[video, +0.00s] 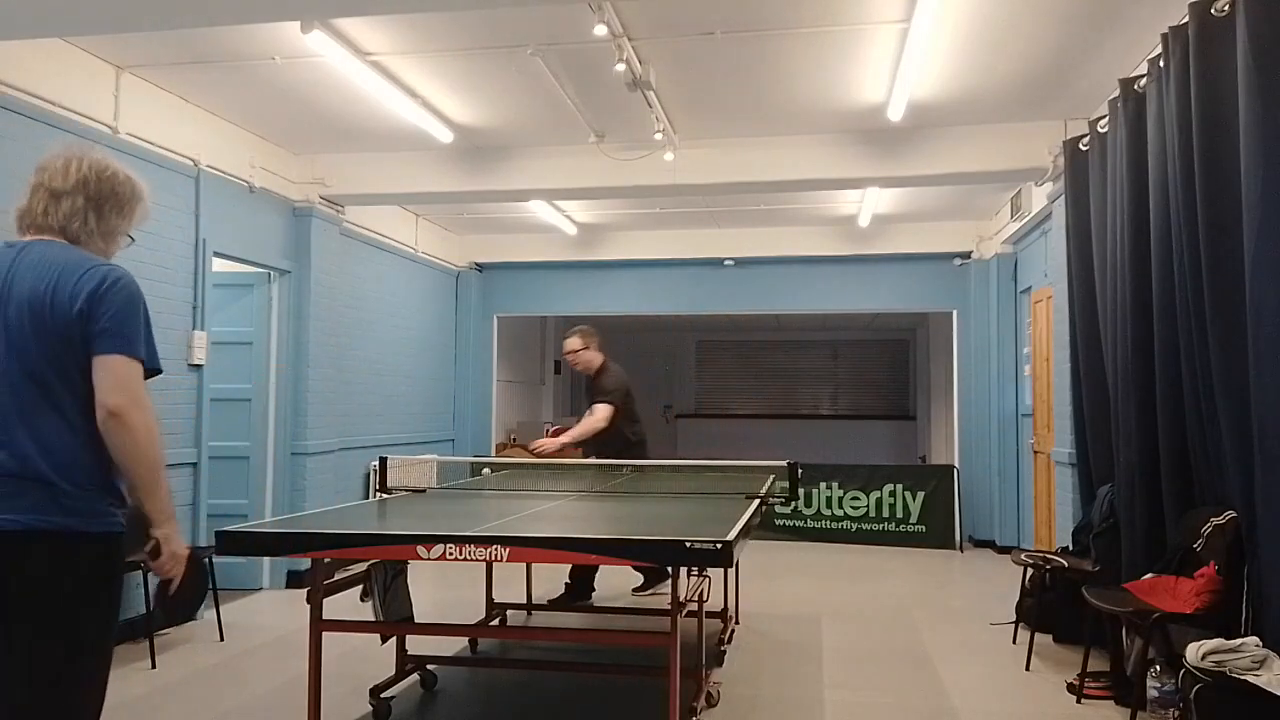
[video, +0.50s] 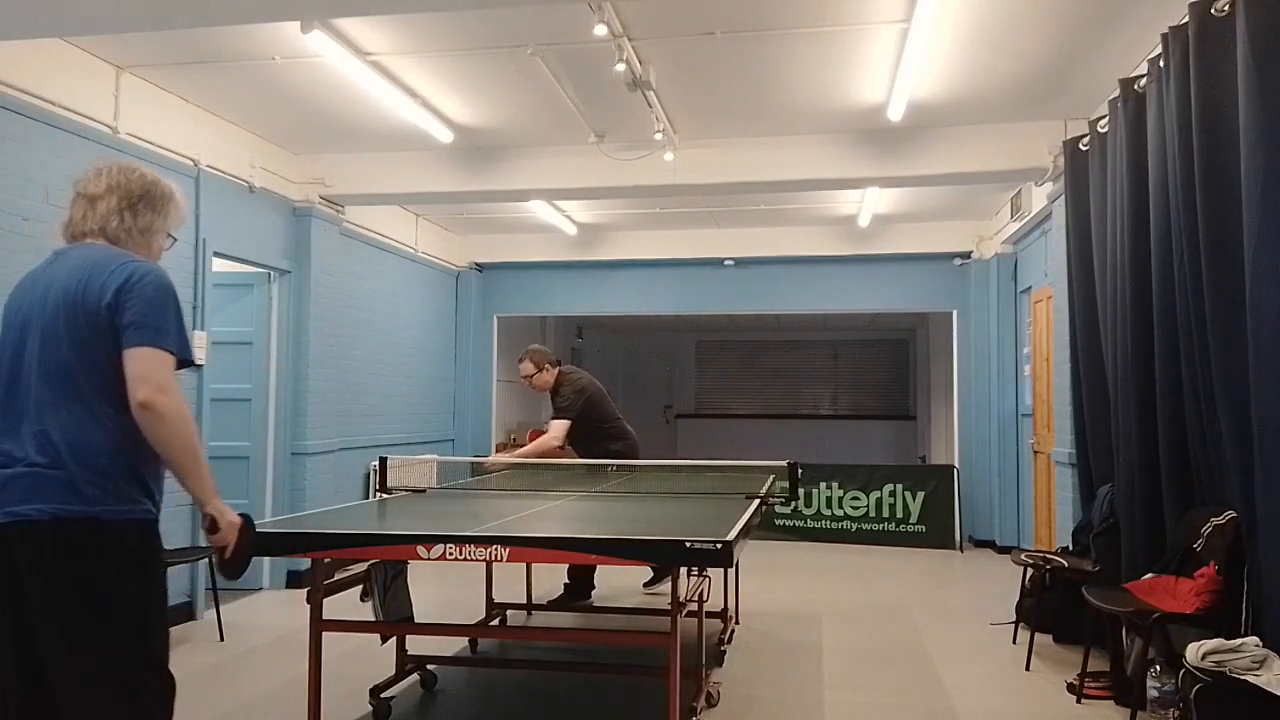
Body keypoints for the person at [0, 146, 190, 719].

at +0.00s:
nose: (123, 244)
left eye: (126, 233)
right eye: (122, 231)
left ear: (37, 207)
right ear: (97, 221)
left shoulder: (6, 261)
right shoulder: (102, 284)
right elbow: (117, 407)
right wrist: (164, 521)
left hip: (8, 529)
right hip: (64, 539)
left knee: (18, 694)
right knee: (62, 702)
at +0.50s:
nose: (165, 252)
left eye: (169, 240)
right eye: (165, 238)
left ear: (86, 217)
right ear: (138, 224)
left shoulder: (26, 285)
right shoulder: (138, 277)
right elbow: (151, 395)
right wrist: (211, 501)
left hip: (12, 529)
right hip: (98, 532)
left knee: (25, 693)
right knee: (127, 698)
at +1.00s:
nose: (226, 245)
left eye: (229, 234)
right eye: (225, 232)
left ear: (141, 214)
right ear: (207, 222)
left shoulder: (71, 283)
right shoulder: (220, 282)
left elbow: (52, 392)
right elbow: (247, 407)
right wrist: (291, 514)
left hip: (57, 526)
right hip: (164, 528)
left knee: (60, 697)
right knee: (169, 699)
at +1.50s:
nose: (185, 252)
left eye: (189, 240)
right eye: (186, 239)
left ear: (101, 214)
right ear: (163, 225)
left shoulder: (22, 290)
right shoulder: (164, 280)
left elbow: (13, 408)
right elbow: (182, 407)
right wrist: (230, 518)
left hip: (15, 547)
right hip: (118, 548)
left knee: (28, 703)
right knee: (148, 705)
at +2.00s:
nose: (223, 254)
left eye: (226, 244)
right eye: (223, 241)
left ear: (143, 218)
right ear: (206, 232)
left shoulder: (66, 290)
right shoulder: (207, 288)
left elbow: (36, 409)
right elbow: (220, 417)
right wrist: (264, 517)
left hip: (42, 546)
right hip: (151, 546)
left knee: (43, 706)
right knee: (166, 707)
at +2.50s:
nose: (239, 259)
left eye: (243, 248)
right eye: (240, 245)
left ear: (161, 221)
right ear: (220, 232)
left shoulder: (88, 287)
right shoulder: (218, 287)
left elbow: (69, 403)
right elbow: (235, 409)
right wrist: (284, 512)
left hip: (53, 531)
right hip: (154, 534)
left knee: (46, 697)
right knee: (167, 706)